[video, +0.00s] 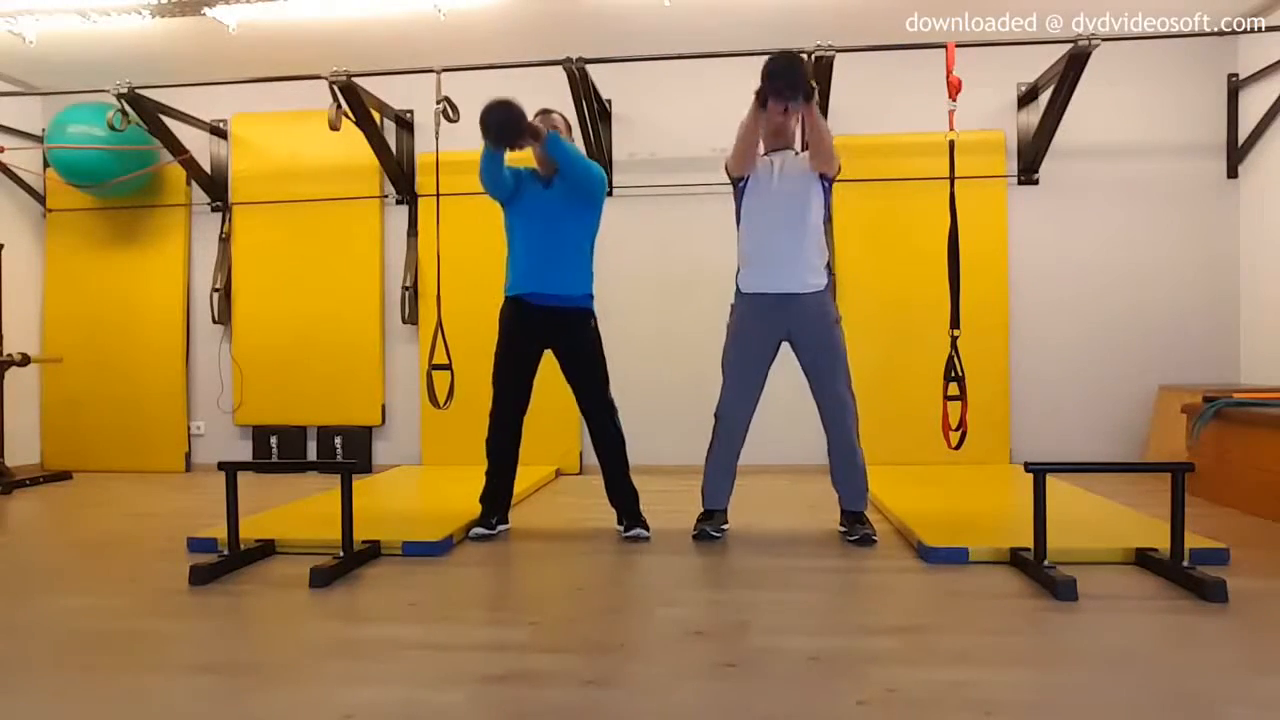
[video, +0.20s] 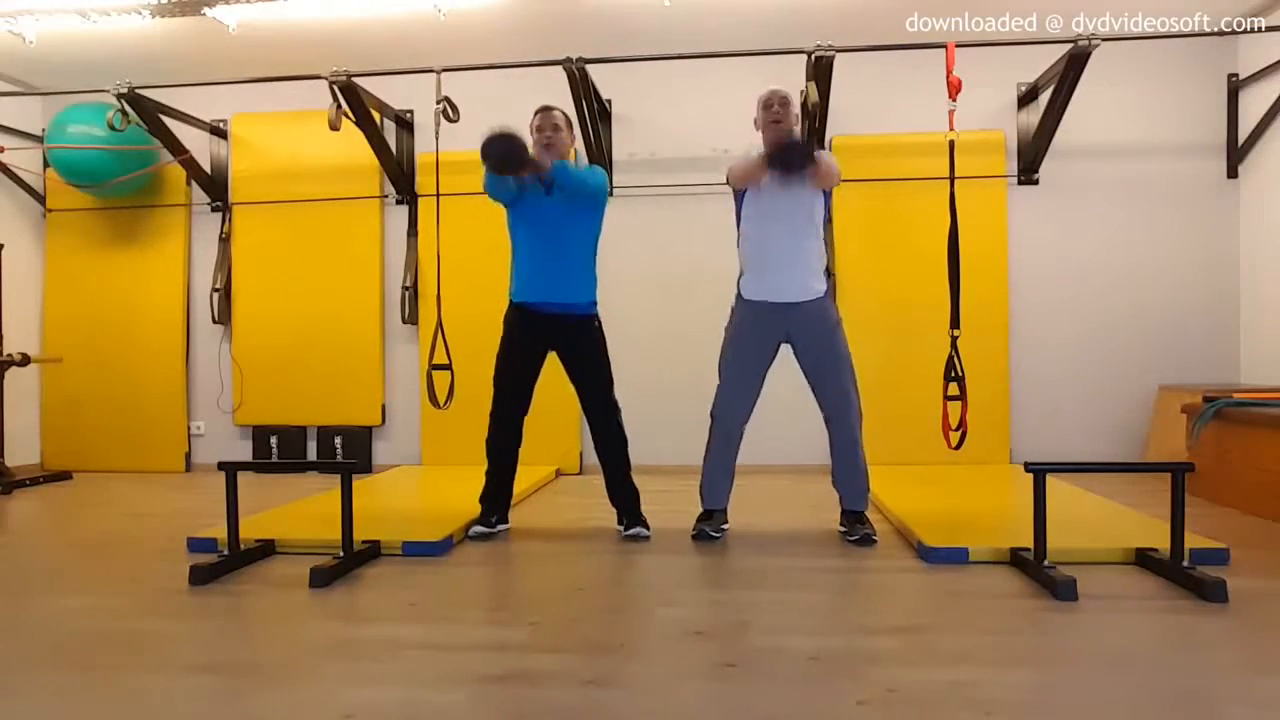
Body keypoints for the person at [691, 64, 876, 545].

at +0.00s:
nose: (785, 114)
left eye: (793, 105)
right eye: (777, 104)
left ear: (808, 107)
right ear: (761, 104)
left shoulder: (819, 160)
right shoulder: (744, 162)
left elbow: (824, 159)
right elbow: (740, 161)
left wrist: (811, 111)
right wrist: (755, 114)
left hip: (812, 302)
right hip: (755, 303)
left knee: (839, 407)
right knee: (733, 408)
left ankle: (854, 512)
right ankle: (713, 511)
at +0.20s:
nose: (777, 112)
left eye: (784, 106)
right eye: (769, 107)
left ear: (798, 118)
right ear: (757, 120)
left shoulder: (818, 161)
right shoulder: (746, 167)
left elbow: (830, 177)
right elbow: (739, 177)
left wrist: (805, 159)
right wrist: (771, 157)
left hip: (813, 308)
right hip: (755, 309)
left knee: (843, 409)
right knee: (728, 411)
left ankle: (854, 512)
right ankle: (713, 511)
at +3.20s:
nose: (777, 122)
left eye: (785, 116)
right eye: (770, 117)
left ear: (801, 126)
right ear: (758, 127)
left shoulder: (819, 172)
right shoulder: (746, 175)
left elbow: (818, 119)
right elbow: (751, 124)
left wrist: (806, 64)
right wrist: (763, 71)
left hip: (814, 298)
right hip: (757, 300)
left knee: (837, 404)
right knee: (737, 404)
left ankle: (853, 511)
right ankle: (714, 508)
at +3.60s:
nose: (779, 128)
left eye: (786, 123)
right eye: (771, 123)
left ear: (798, 136)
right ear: (758, 138)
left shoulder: (822, 184)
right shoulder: (741, 192)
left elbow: (823, 229)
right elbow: (751, 232)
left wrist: (811, 272)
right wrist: (770, 273)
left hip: (813, 323)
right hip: (754, 324)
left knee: (851, 409)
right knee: (716, 410)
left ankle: (853, 512)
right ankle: (713, 510)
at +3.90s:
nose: (789, 216)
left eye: (798, 209)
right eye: (780, 210)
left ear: (810, 217)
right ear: (766, 219)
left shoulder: (834, 267)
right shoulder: (743, 271)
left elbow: (823, 336)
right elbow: (750, 339)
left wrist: (804, 391)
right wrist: (763, 390)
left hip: (812, 347)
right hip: (752, 347)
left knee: (858, 401)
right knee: (709, 403)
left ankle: (854, 511)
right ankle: (712, 510)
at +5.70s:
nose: (783, 166)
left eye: (791, 159)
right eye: (774, 158)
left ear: (803, 171)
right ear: (760, 171)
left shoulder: (829, 226)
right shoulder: (741, 230)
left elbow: (820, 300)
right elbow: (747, 303)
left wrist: (803, 358)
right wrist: (763, 359)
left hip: (813, 330)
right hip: (753, 330)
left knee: (853, 402)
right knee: (714, 402)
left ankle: (853, 512)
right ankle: (712, 509)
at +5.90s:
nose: (776, 115)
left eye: (782, 109)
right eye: (768, 109)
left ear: (792, 120)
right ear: (754, 122)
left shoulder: (817, 162)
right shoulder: (739, 170)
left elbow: (817, 206)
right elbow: (747, 212)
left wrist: (804, 253)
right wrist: (770, 256)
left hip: (812, 306)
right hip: (755, 306)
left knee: (839, 405)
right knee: (729, 405)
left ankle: (853, 512)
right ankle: (713, 510)